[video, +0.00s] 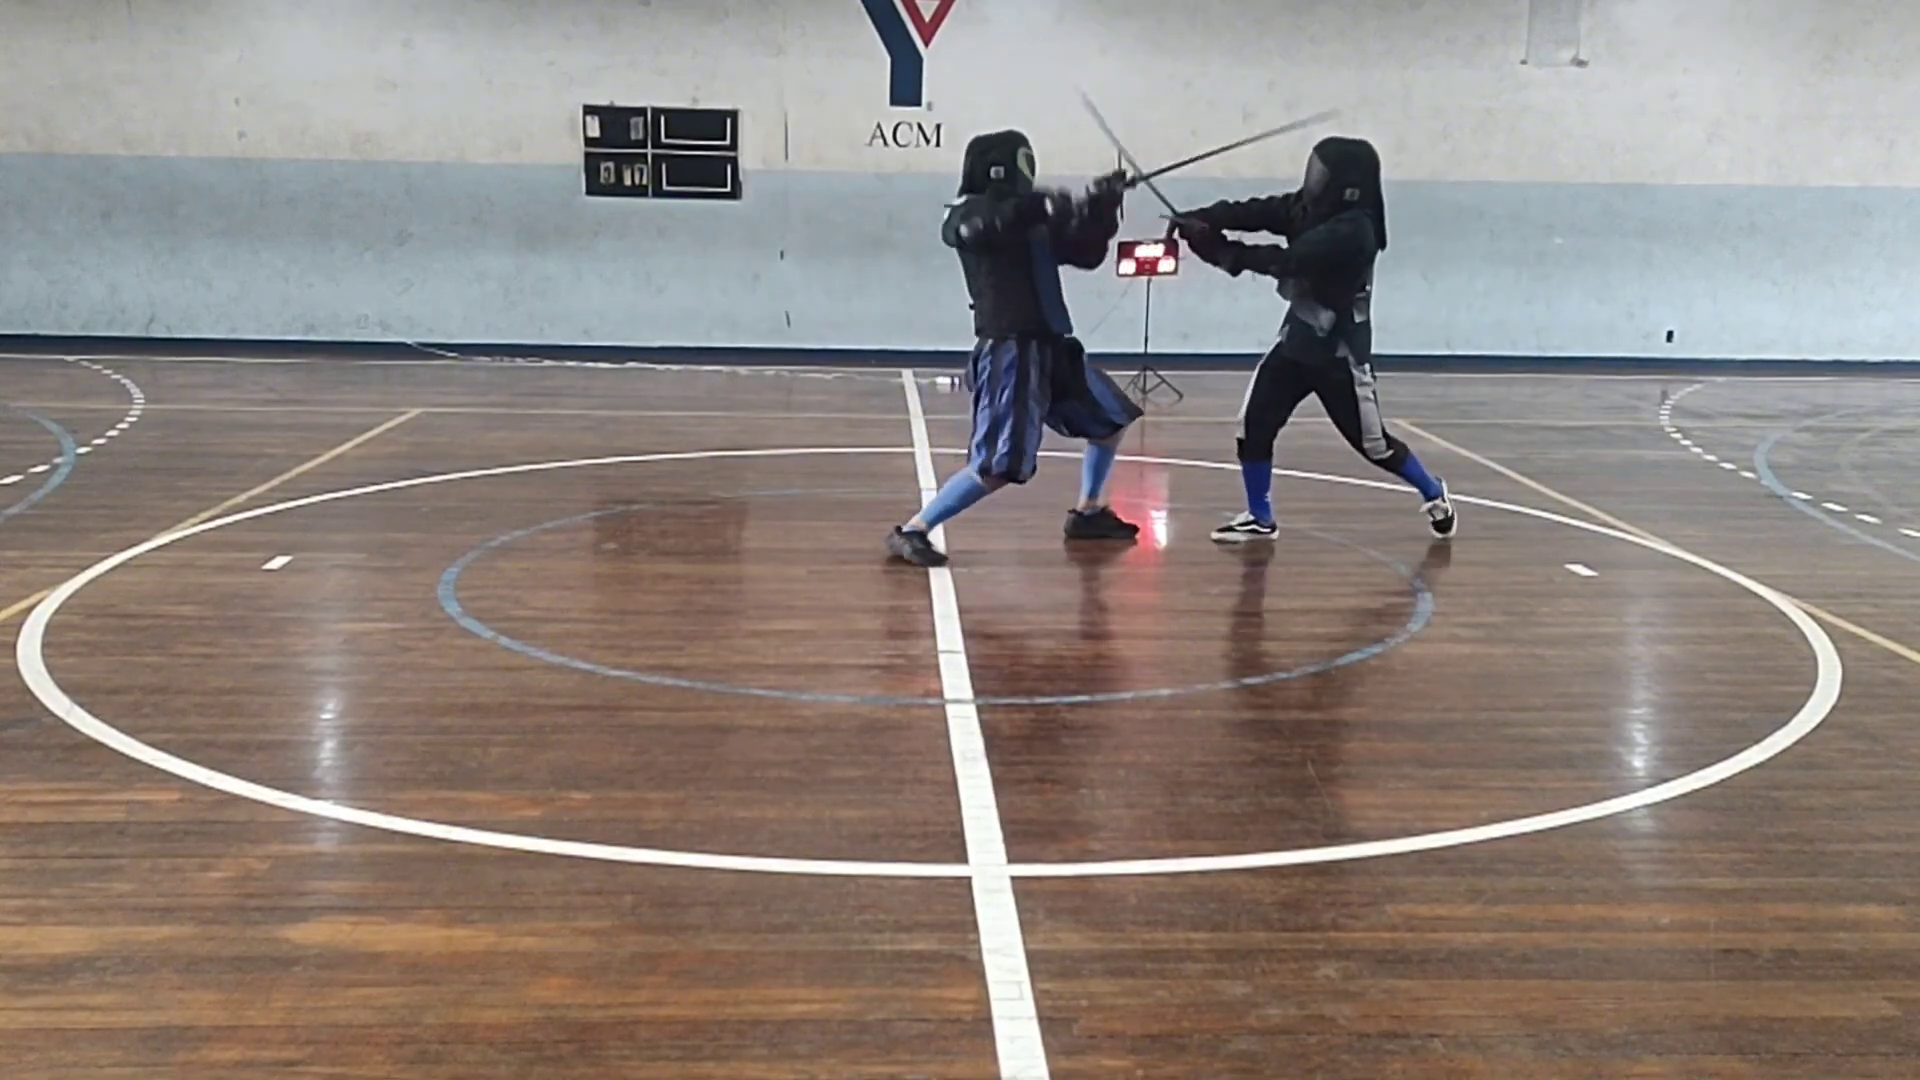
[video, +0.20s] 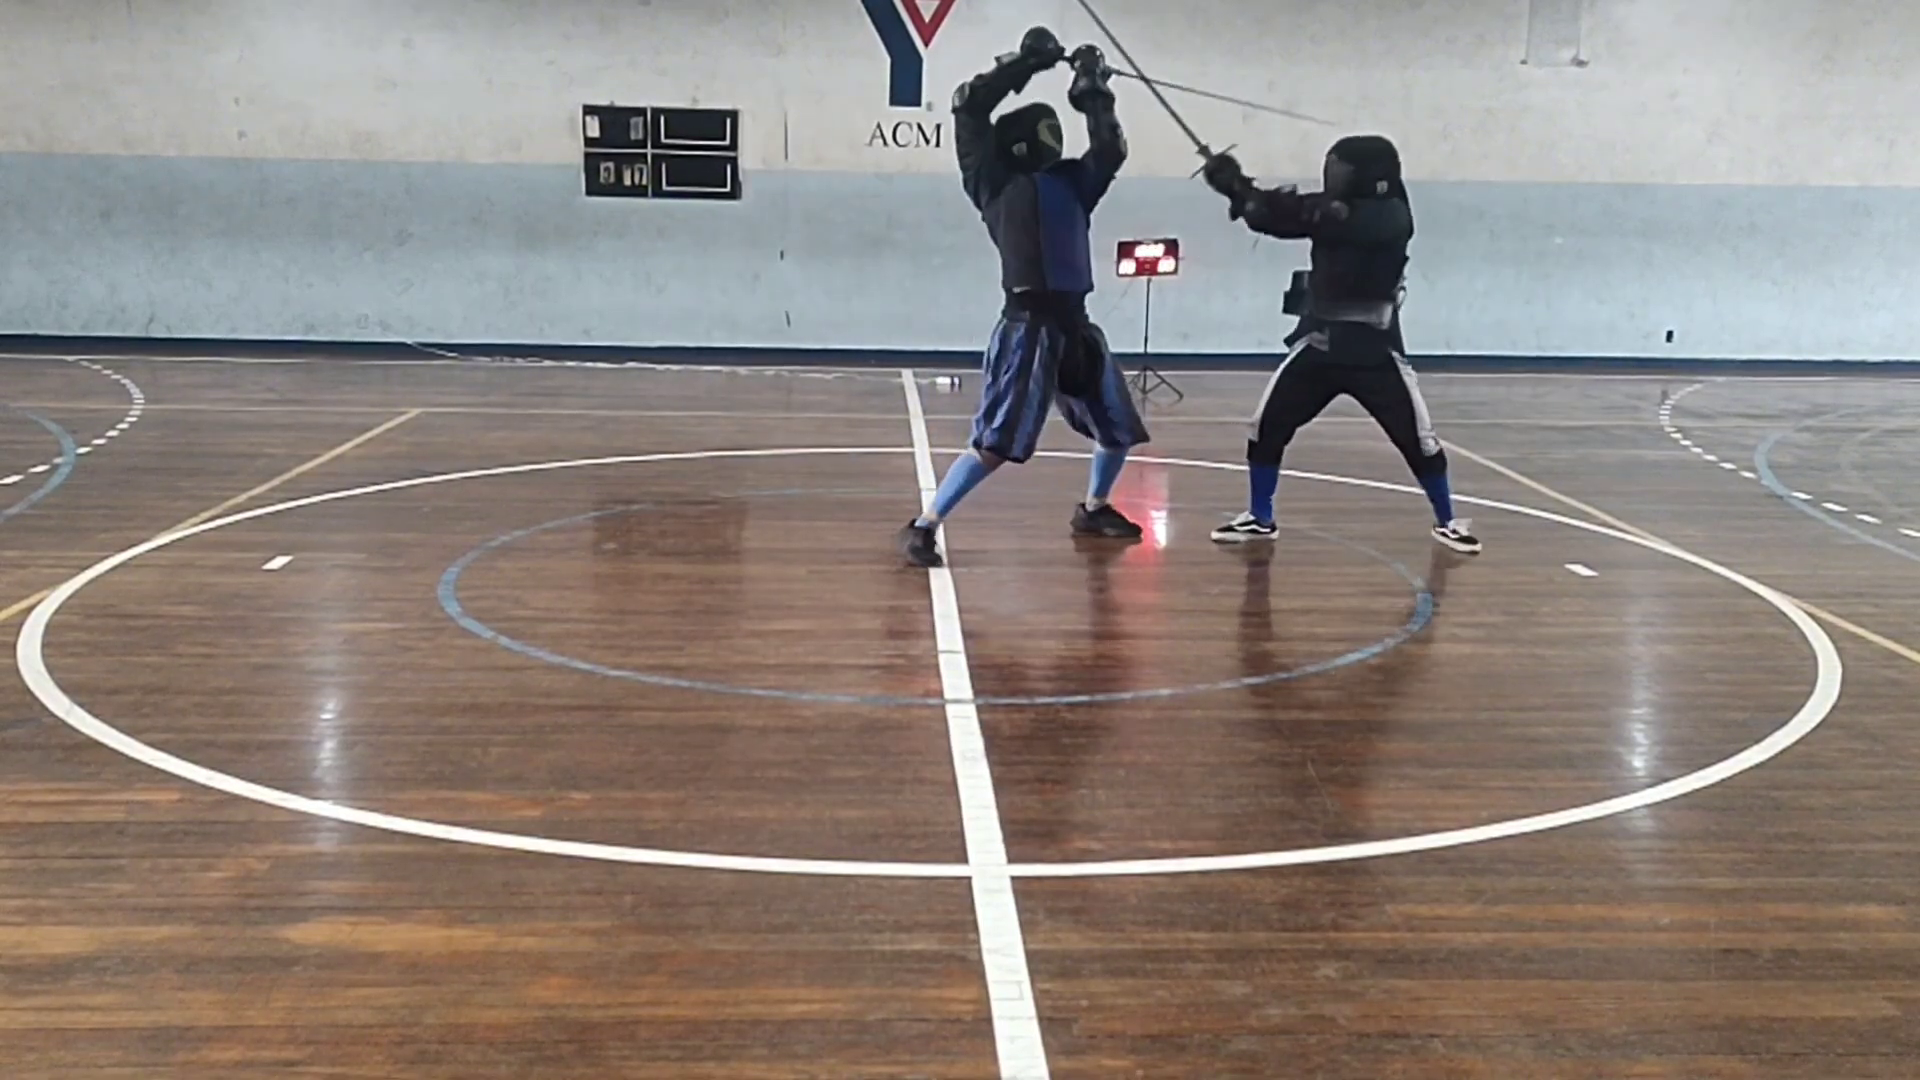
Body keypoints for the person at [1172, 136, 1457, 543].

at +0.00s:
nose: (1308, 179)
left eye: (1318, 173)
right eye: (1310, 170)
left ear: (1344, 183)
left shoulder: (1353, 230)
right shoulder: (1305, 208)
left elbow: (1287, 261)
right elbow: (1255, 213)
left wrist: (1216, 247)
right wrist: (1201, 219)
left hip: (1341, 353)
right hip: (1297, 342)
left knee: (1373, 445)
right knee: (1254, 430)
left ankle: (1434, 492)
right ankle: (1260, 518)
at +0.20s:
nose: (1327, 178)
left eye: (1335, 171)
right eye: (1328, 170)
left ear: (1363, 175)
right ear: (1340, 175)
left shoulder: (1391, 216)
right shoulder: (1329, 208)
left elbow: (1335, 219)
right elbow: (1275, 214)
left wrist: (1252, 197)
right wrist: (1236, 185)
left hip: (1375, 348)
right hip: (1318, 343)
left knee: (1418, 439)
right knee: (1269, 427)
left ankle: (1447, 522)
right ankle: (1260, 518)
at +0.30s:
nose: (1344, 176)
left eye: (1352, 168)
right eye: (1340, 168)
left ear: (1377, 168)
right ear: (1337, 173)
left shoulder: (1402, 203)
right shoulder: (1332, 211)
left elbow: (1359, 175)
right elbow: (1285, 228)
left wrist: (1299, 151)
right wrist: (1280, 173)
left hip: (1396, 351)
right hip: (1336, 352)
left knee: (1436, 440)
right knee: (1285, 436)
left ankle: (1447, 523)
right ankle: (1263, 519)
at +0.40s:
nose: (1335, 171)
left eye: (1340, 159)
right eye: (1332, 164)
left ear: (1362, 160)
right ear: (1332, 172)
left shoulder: (1398, 195)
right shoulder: (1330, 211)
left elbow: (1388, 154)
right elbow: (1294, 220)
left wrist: (1342, 118)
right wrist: (1303, 156)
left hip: (1399, 345)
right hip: (1345, 347)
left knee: (1434, 438)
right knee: (1306, 439)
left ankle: (1447, 522)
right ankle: (1277, 522)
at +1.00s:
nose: (1307, 157)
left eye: (1314, 150)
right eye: (1306, 151)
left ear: (1343, 153)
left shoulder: (1368, 190)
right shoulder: (1304, 207)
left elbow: (1317, 159)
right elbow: (1245, 198)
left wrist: (1258, 125)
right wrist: (1212, 142)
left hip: (1351, 337)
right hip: (1297, 339)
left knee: (1389, 435)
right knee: (1280, 440)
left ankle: (1406, 523)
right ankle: (1282, 527)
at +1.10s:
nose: (1311, 154)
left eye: (1319, 147)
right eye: (1314, 147)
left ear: (1345, 153)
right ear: (1343, 153)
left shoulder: (1363, 191)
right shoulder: (1322, 193)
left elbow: (1296, 206)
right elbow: (1260, 204)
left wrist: (1221, 169)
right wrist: (1207, 168)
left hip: (1346, 330)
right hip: (1299, 327)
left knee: (1365, 435)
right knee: (1274, 433)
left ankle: (1397, 521)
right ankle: (1281, 526)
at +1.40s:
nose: (1313, 173)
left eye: (1322, 166)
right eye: (1316, 165)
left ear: (1349, 173)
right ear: (1347, 172)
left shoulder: (1363, 216)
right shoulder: (1331, 206)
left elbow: (1297, 249)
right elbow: (1276, 215)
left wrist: (1240, 243)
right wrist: (1208, 209)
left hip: (1360, 348)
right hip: (1327, 342)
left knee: (1361, 450)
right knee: (1275, 426)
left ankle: (1412, 526)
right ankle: (1273, 526)